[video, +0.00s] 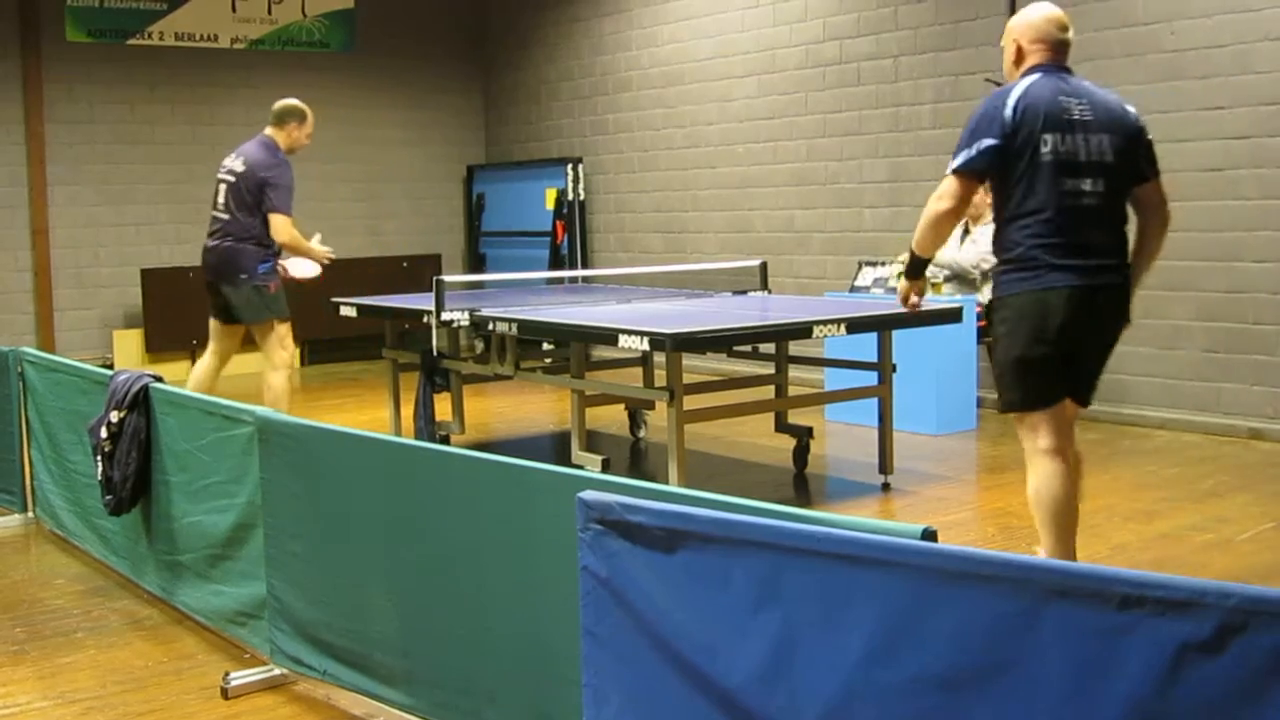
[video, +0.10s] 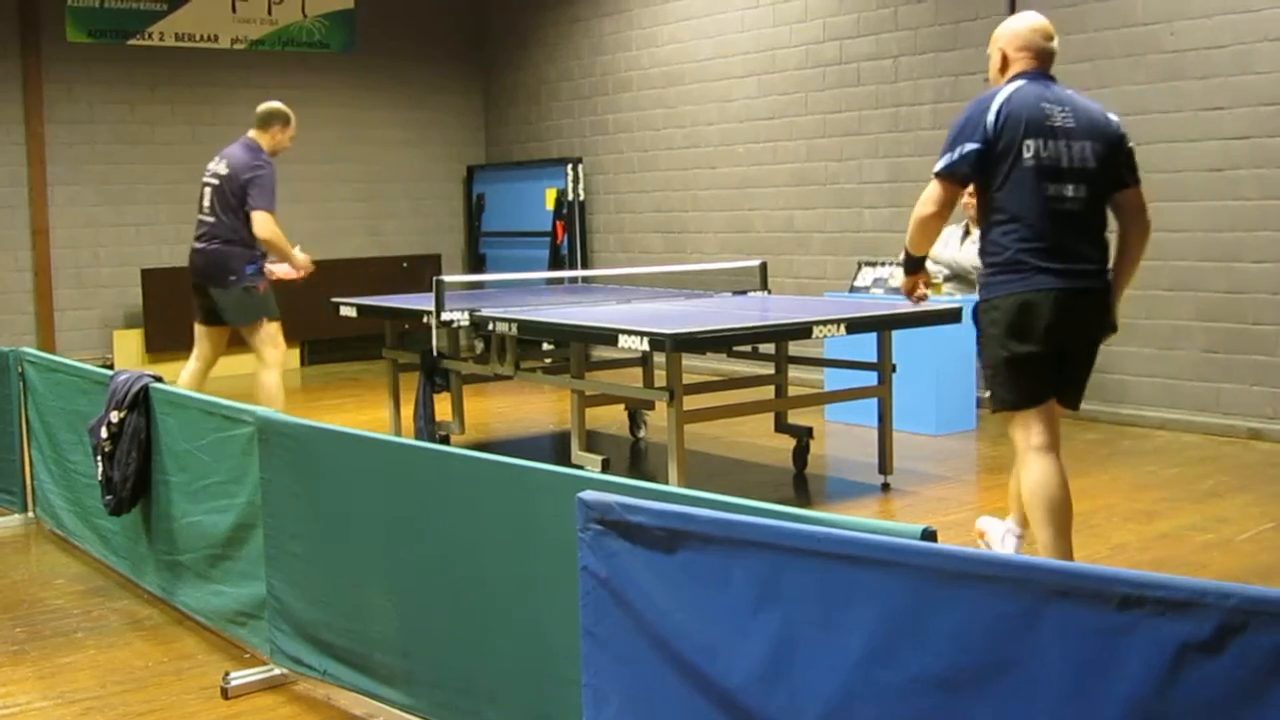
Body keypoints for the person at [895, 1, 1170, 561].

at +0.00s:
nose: (1004, 62)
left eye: (1006, 52)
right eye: (1006, 52)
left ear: (1018, 50)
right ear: (1064, 51)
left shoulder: (1006, 107)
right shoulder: (1118, 113)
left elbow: (950, 202)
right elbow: (1155, 214)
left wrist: (914, 269)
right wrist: (1128, 281)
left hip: (1031, 298)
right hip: (1104, 295)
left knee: (1045, 445)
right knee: (1059, 433)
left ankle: (1059, 578)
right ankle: (1059, 565)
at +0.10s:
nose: (990, 70)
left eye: (992, 60)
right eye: (992, 61)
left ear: (1003, 60)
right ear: (1051, 59)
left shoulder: (992, 109)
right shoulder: (1100, 121)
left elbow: (933, 208)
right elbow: (1135, 221)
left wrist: (914, 264)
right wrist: (1112, 291)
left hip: (1016, 298)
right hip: (1087, 297)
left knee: (1036, 441)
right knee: (1040, 429)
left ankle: (1059, 580)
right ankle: (1013, 534)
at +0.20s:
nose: (979, 75)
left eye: (980, 67)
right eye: (980, 67)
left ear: (991, 66)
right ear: (1038, 66)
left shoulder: (983, 115)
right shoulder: (1085, 130)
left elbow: (925, 210)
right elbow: (1118, 228)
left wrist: (911, 266)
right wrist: (1100, 311)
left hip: (1001, 301)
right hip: (1067, 301)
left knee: (1024, 438)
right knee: (1014, 427)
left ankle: (1057, 574)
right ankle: (996, 540)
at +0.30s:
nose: (968, 75)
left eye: (970, 66)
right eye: (970, 66)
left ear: (981, 65)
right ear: (1026, 67)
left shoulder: (973, 111)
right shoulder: (1071, 131)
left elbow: (926, 204)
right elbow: (1098, 230)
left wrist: (908, 265)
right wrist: (1092, 313)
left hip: (986, 296)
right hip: (1050, 297)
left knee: (985, 426)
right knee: (1008, 421)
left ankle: (1040, 552)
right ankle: (995, 539)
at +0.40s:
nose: (957, 74)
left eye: (959, 66)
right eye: (958, 67)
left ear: (971, 63)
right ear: (1016, 68)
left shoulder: (964, 107)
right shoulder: (1056, 127)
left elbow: (928, 194)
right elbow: (1082, 225)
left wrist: (906, 260)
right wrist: (1079, 308)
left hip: (977, 295)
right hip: (1040, 297)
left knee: (939, 419)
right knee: (1000, 422)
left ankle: (1011, 527)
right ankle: (992, 541)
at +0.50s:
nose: (940, 74)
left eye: (943, 64)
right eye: (941, 66)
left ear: (957, 61)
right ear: (1002, 66)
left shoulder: (953, 102)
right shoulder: (1040, 124)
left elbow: (929, 181)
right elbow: (1067, 219)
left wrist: (905, 255)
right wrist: (1061, 299)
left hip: (964, 289)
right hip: (1029, 293)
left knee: (908, 407)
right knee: (998, 417)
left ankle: (952, 525)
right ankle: (995, 542)